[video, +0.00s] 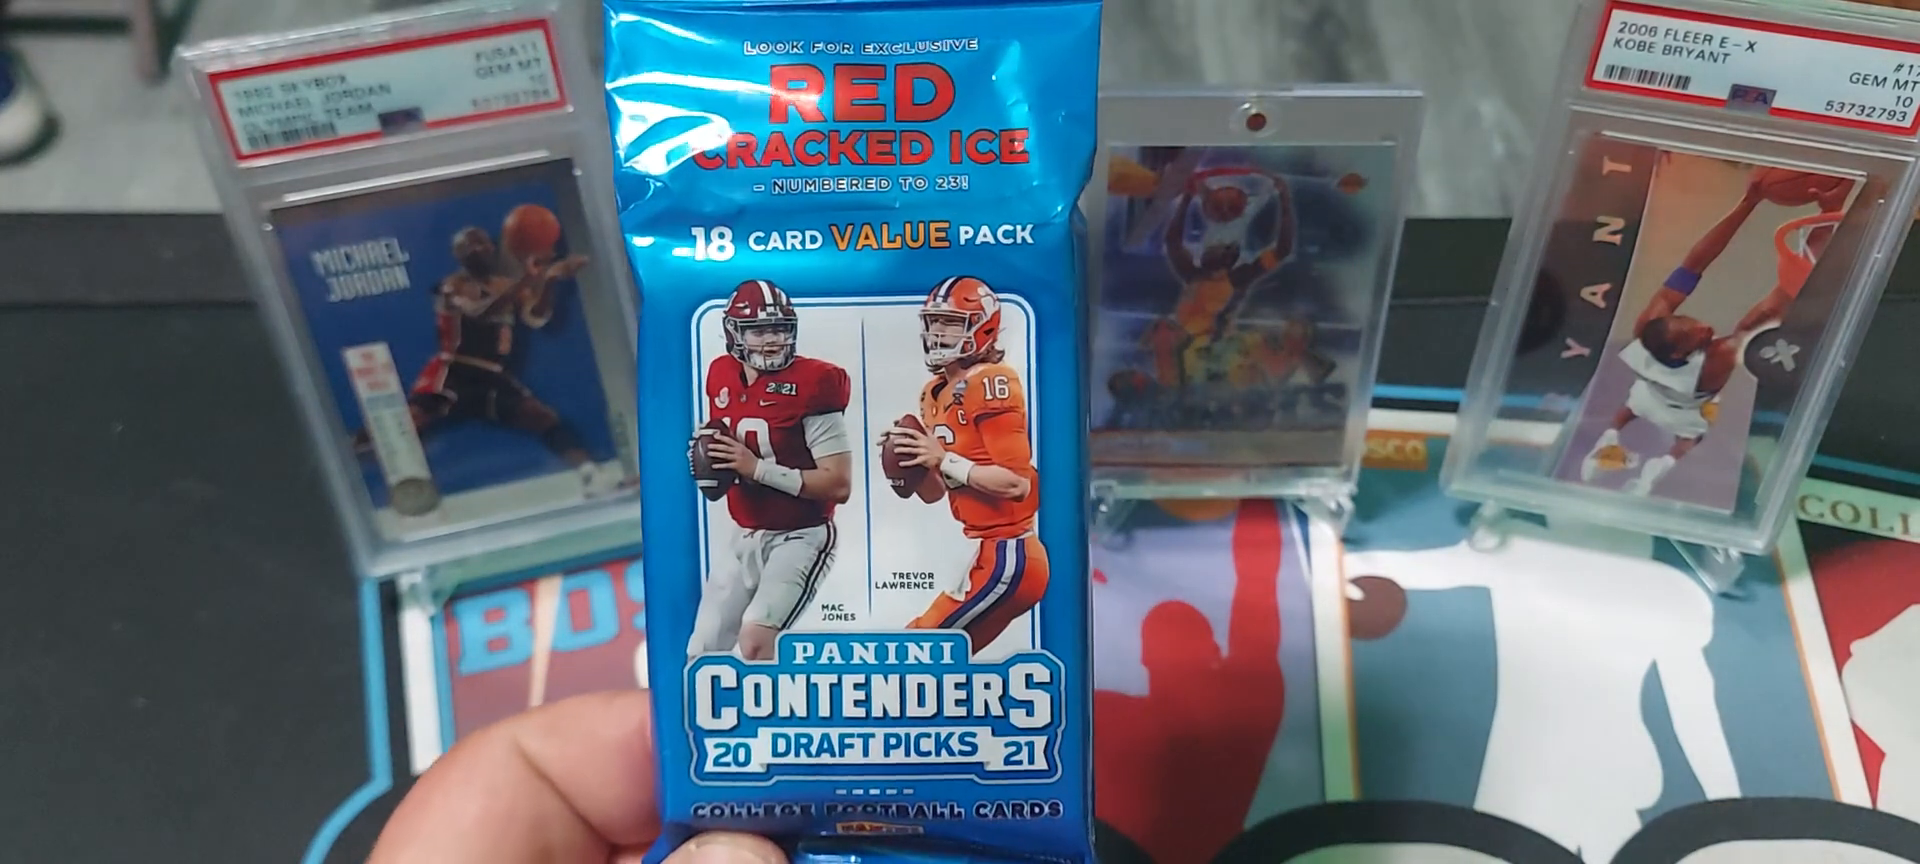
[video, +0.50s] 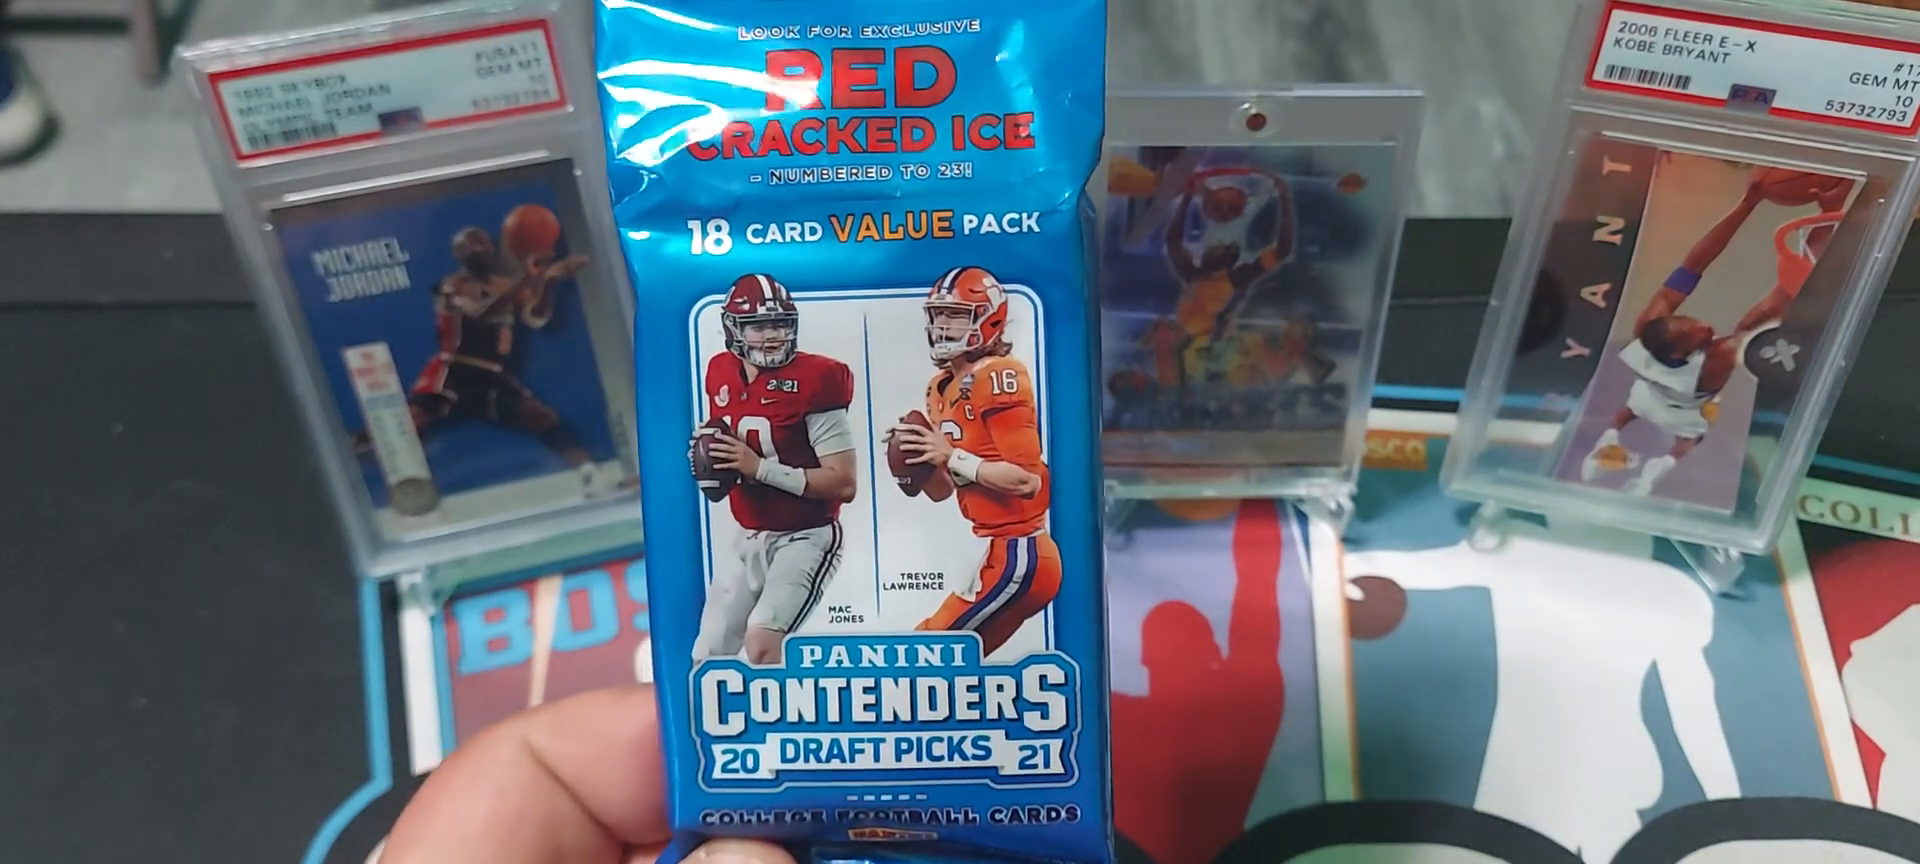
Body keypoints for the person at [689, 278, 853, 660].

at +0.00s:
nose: (770, 340)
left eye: (779, 329)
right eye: (758, 330)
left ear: (791, 331)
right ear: (735, 333)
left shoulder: (816, 382)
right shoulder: (722, 373)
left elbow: (839, 485)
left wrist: (756, 468)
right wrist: (704, 453)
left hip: (804, 537)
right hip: (745, 538)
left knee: (755, 642)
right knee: (703, 652)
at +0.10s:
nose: (767, 337)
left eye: (775, 327)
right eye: (754, 328)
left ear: (787, 329)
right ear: (731, 331)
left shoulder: (812, 380)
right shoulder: (718, 371)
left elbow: (835, 483)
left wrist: (753, 466)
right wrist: (700, 452)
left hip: (801, 534)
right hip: (742, 536)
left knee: (752, 639)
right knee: (700, 649)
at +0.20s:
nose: (764, 338)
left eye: (773, 328)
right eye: (752, 328)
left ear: (785, 329)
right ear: (729, 331)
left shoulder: (811, 380)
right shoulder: (715, 372)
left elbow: (834, 483)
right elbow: (713, 439)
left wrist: (752, 467)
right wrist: (698, 452)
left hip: (800, 536)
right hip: (740, 538)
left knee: (751, 642)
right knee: (699, 653)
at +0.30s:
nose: (767, 337)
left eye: (776, 327)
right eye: (755, 328)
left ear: (789, 329)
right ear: (732, 331)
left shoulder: (814, 380)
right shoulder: (719, 372)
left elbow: (838, 483)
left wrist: (755, 467)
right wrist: (702, 452)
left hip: (803, 536)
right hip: (744, 538)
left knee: (755, 642)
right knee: (702, 654)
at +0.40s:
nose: (774, 338)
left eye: (783, 327)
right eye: (761, 328)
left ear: (795, 329)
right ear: (738, 331)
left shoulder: (821, 380)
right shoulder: (725, 372)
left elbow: (845, 485)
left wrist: (762, 468)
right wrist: (708, 454)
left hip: (810, 539)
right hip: (749, 540)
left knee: (761, 643)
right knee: (708, 656)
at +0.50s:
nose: (770, 335)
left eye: (778, 325)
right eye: (757, 326)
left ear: (791, 326)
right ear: (734, 329)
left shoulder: (818, 379)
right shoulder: (721, 371)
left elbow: (843, 484)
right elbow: (718, 436)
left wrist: (759, 467)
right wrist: (704, 452)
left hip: (808, 538)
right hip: (747, 539)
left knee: (760, 646)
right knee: (707, 657)